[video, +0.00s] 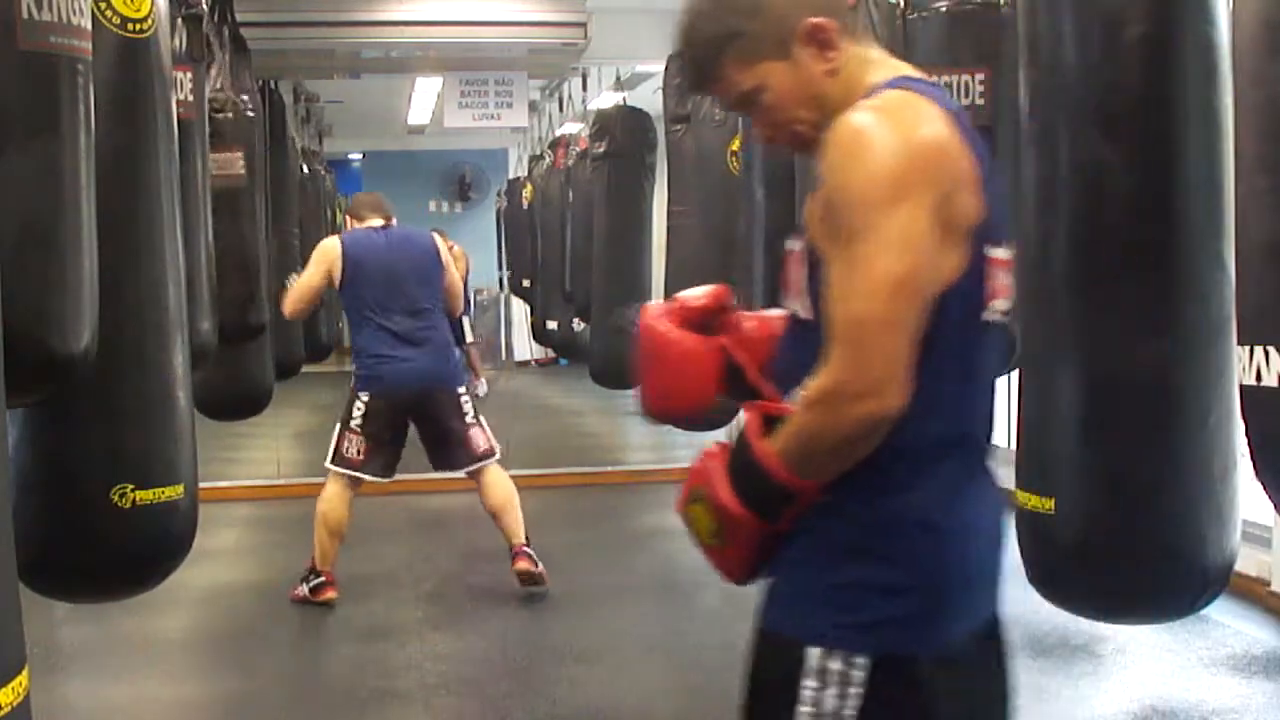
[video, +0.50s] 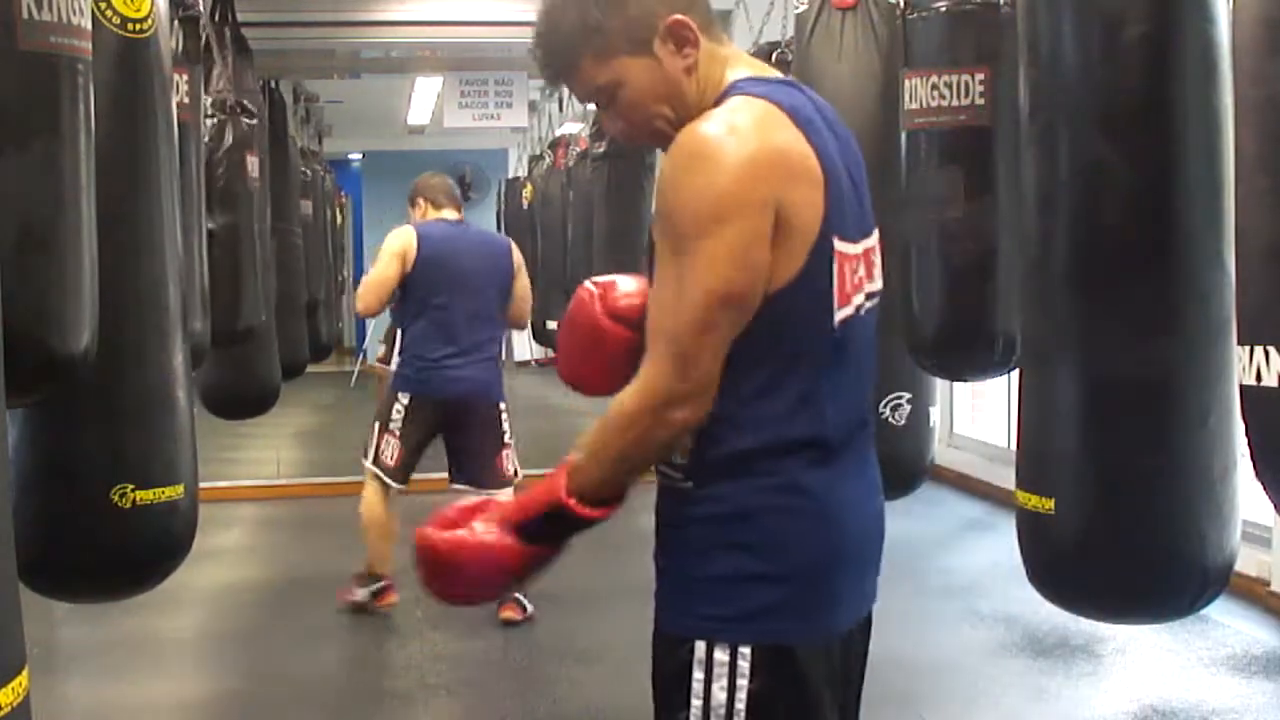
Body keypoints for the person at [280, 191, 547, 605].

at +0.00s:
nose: (344, 227)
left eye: (345, 222)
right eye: (347, 222)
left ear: (350, 222)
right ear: (392, 220)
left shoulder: (334, 248)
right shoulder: (432, 243)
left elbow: (293, 308)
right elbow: (456, 307)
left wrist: (297, 283)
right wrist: (455, 266)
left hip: (380, 380)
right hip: (441, 376)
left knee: (340, 479)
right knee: (485, 466)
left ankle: (320, 575)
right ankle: (521, 549)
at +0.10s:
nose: (352, 229)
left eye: (352, 224)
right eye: (354, 224)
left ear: (358, 222)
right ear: (400, 221)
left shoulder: (341, 253)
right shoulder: (439, 245)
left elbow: (316, 323)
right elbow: (462, 307)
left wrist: (343, 284)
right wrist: (449, 267)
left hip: (380, 387)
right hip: (441, 383)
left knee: (338, 485)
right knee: (484, 475)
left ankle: (319, 576)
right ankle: (517, 554)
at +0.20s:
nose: (367, 236)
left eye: (368, 230)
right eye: (368, 231)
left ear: (376, 227)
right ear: (415, 225)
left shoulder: (359, 259)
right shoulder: (458, 256)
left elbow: (331, 329)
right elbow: (474, 316)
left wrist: (329, 306)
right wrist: (437, 297)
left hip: (388, 400)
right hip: (451, 399)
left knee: (340, 493)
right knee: (485, 493)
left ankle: (322, 579)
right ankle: (509, 578)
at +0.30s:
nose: (395, 241)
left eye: (395, 235)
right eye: (397, 236)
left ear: (402, 231)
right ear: (441, 232)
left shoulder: (386, 261)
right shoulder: (483, 268)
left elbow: (349, 328)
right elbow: (493, 330)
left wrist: (344, 308)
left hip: (406, 406)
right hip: (470, 406)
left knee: (355, 499)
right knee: (499, 502)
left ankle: (323, 581)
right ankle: (512, 590)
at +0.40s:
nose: (410, 232)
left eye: (410, 225)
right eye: (411, 227)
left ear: (419, 221)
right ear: (461, 225)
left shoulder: (402, 251)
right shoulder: (501, 263)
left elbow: (366, 319)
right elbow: (509, 329)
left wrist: (384, 280)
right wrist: (472, 302)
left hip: (417, 402)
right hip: (479, 404)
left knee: (368, 489)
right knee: (499, 501)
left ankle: (340, 580)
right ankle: (511, 595)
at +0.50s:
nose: (411, 216)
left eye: (411, 211)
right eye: (412, 211)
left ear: (422, 206)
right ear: (460, 207)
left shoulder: (406, 239)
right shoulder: (505, 247)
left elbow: (366, 305)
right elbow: (520, 315)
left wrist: (383, 271)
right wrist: (476, 294)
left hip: (418, 390)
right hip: (481, 392)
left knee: (377, 487)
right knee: (499, 494)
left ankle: (378, 581)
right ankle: (510, 593)